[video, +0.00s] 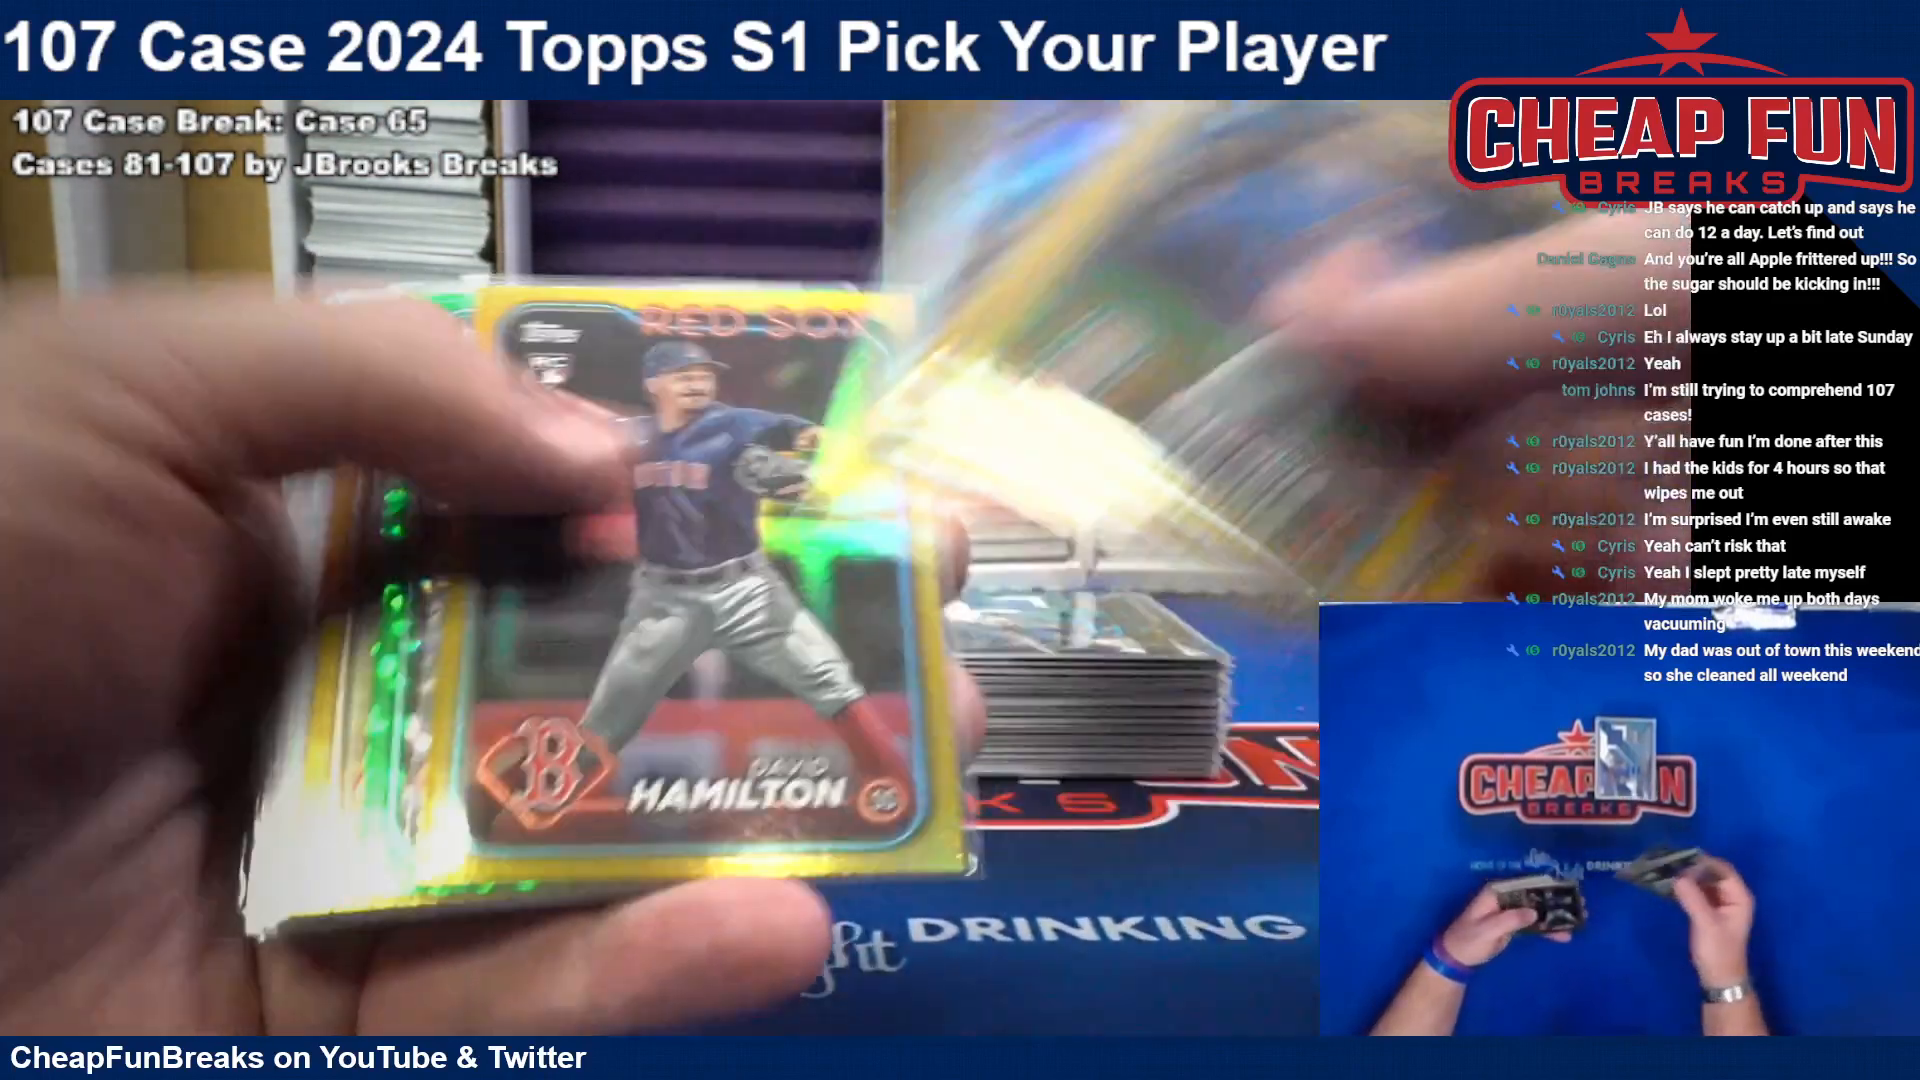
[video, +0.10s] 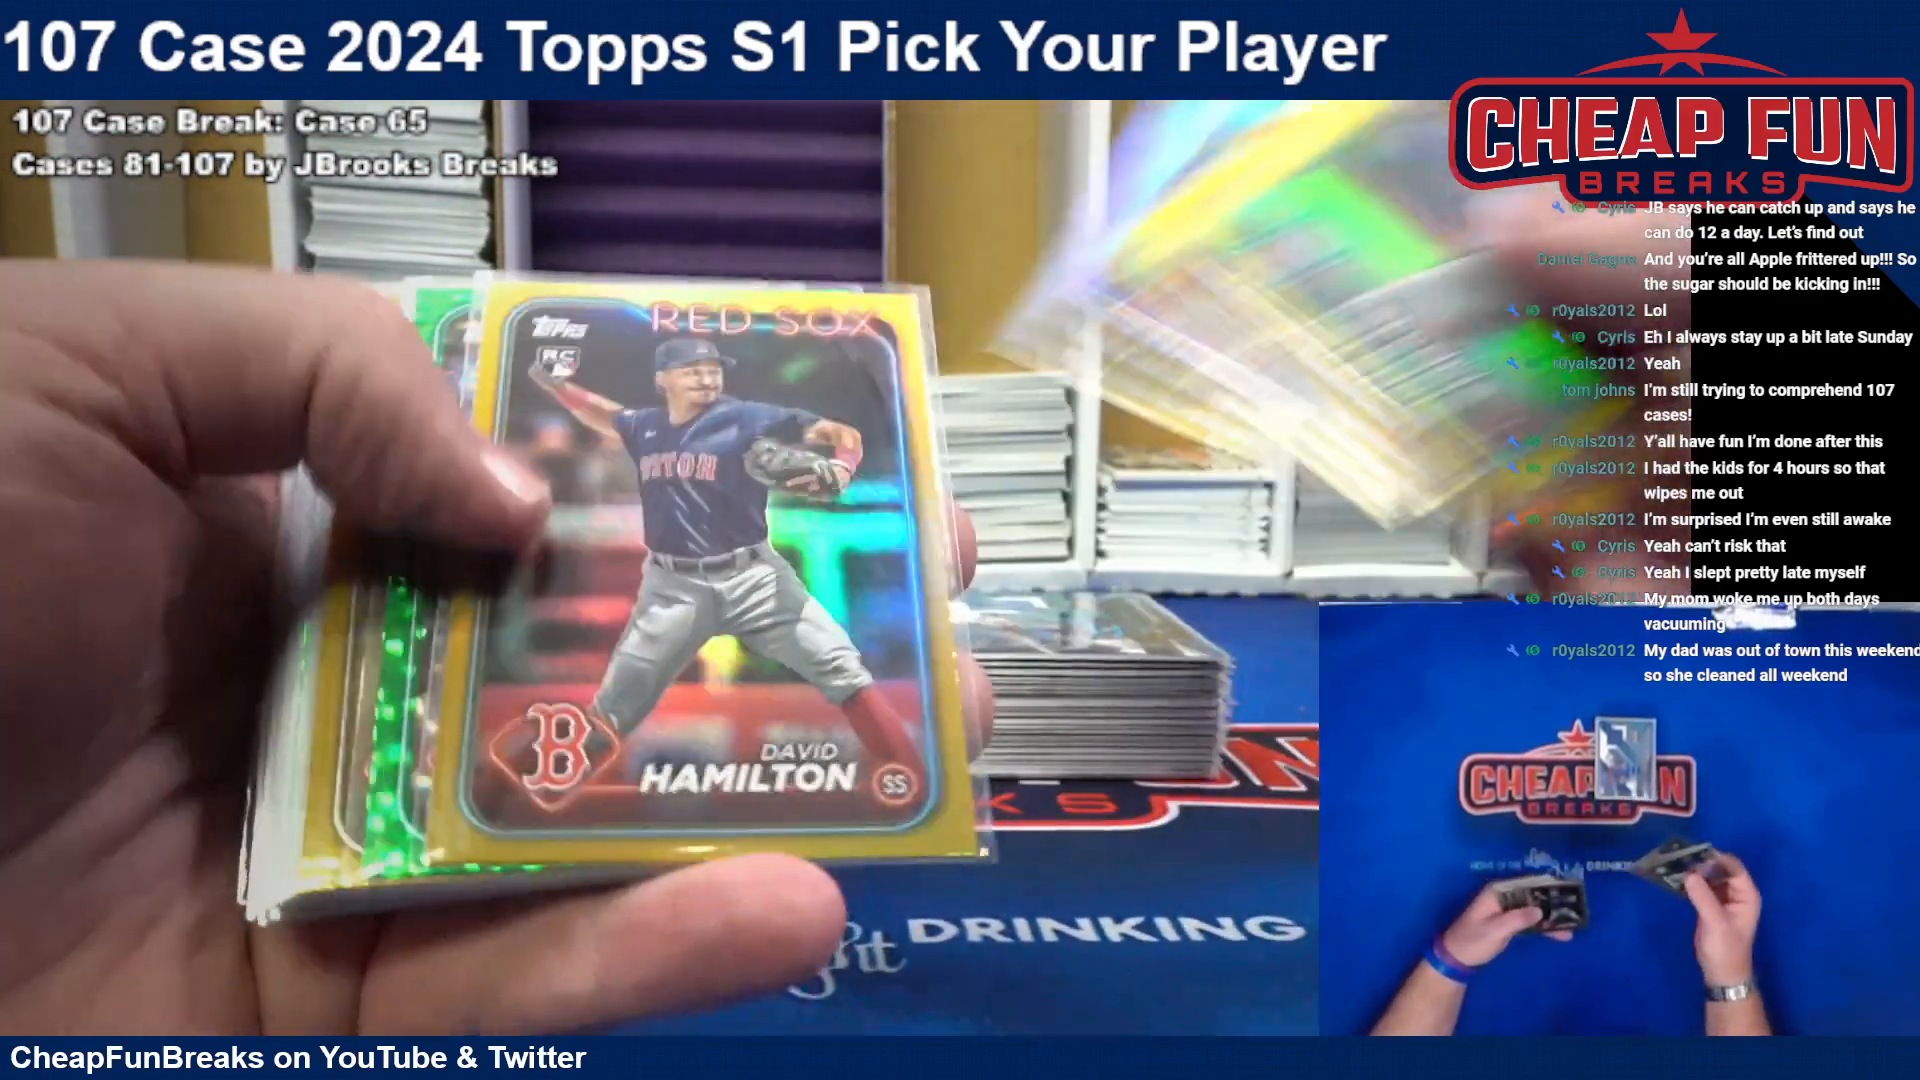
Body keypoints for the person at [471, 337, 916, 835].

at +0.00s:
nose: (700, 387)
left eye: (705, 377)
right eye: (686, 378)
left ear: (713, 382)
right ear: (654, 386)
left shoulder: (734, 425)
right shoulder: (632, 437)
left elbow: (807, 434)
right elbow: (575, 436)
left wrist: (808, 457)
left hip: (744, 586)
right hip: (664, 595)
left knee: (829, 678)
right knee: (616, 697)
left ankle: (899, 788)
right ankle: (556, 799)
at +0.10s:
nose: (706, 378)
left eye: (712, 369)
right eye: (693, 370)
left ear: (721, 376)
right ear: (664, 379)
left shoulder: (745, 418)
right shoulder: (643, 427)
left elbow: (842, 435)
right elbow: (599, 411)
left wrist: (839, 468)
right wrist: (553, 382)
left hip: (753, 578)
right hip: (672, 585)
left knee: (842, 669)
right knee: (615, 702)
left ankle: (913, 784)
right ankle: (554, 808)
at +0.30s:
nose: (782, 405)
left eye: (788, 396)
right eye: (768, 395)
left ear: (798, 401)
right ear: (739, 404)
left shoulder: (818, 445)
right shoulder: (720, 450)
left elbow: (912, 468)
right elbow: (683, 435)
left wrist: (910, 504)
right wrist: (632, 399)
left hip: (825, 607)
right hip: (743, 610)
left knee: (907, 705)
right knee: (678, 733)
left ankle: (972, 821)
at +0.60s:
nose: (806, 389)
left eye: (812, 380)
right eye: (794, 381)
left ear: (820, 386)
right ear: (766, 387)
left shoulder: (843, 427)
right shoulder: (746, 434)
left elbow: (929, 442)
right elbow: (708, 419)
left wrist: (942, 470)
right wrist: (662, 392)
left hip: (856, 581)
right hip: (779, 587)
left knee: (944, 671)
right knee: (727, 699)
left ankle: (1012, 778)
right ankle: (664, 789)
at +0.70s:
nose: (857, 373)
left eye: (864, 363)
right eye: (844, 364)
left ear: (878, 369)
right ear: (818, 373)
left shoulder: (899, 420)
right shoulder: (802, 417)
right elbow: (759, 404)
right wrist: (730, 383)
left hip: (891, 568)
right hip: (825, 564)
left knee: (966, 647)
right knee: (793, 649)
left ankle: (1038, 749)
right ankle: (736, 741)